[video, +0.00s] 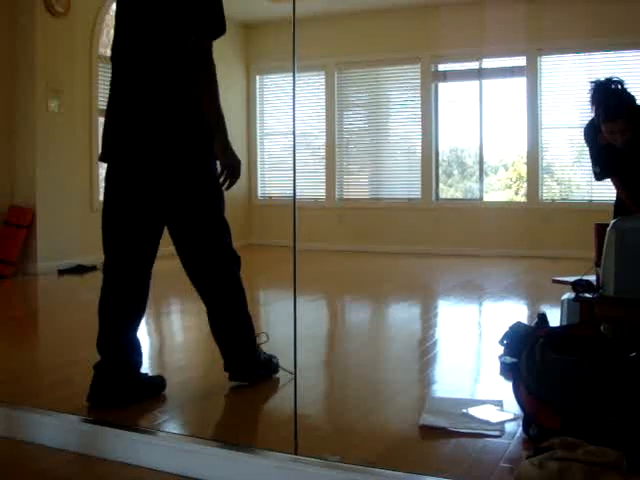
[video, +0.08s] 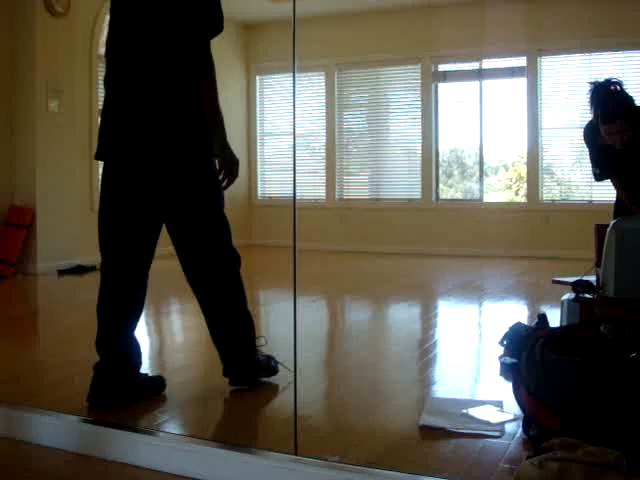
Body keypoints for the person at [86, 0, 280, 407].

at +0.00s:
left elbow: (124, 65)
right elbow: (200, 71)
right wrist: (223, 143)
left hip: (130, 149)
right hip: (183, 150)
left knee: (125, 269)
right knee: (214, 264)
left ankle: (115, 375)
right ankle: (243, 360)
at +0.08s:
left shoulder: (127, 0)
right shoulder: (192, 1)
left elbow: (118, 72)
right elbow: (199, 73)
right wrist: (222, 144)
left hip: (127, 148)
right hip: (182, 149)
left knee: (123, 268)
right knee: (212, 261)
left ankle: (114, 375)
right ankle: (241, 361)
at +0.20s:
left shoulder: (106, 9)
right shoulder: (191, 2)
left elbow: (93, 70)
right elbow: (198, 73)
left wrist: (97, 145)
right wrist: (214, 147)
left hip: (119, 151)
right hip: (183, 148)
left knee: (116, 269)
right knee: (212, 265)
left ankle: (112, 374)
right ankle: (224, 370)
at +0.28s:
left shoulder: (101, 7)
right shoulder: (191, 16)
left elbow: (86, 72)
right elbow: (200, 79)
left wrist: (85, 151)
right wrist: (211, 149)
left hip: (115, 153)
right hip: (180, 152)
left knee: (113, 271)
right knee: (206, 265)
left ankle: (111, 375)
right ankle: (207, 374)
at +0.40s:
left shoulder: (104, 2)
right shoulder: (195, 3)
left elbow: (86, 68)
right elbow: (205, 73)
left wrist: (79, 146)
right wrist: (215, 143)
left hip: (119, 156)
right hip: (178, 155)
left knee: (114, 276)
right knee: (187, 285)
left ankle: (112, 379)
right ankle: (193, 405)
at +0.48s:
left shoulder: (110, 2)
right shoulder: (200, 10)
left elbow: (91, 66)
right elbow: (208, 70)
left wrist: (84, 148)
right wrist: (218, 140)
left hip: (123, 153)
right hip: (179, 152)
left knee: (117, 273)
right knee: (182, 281)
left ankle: (112, 379)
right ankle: (190, 405)